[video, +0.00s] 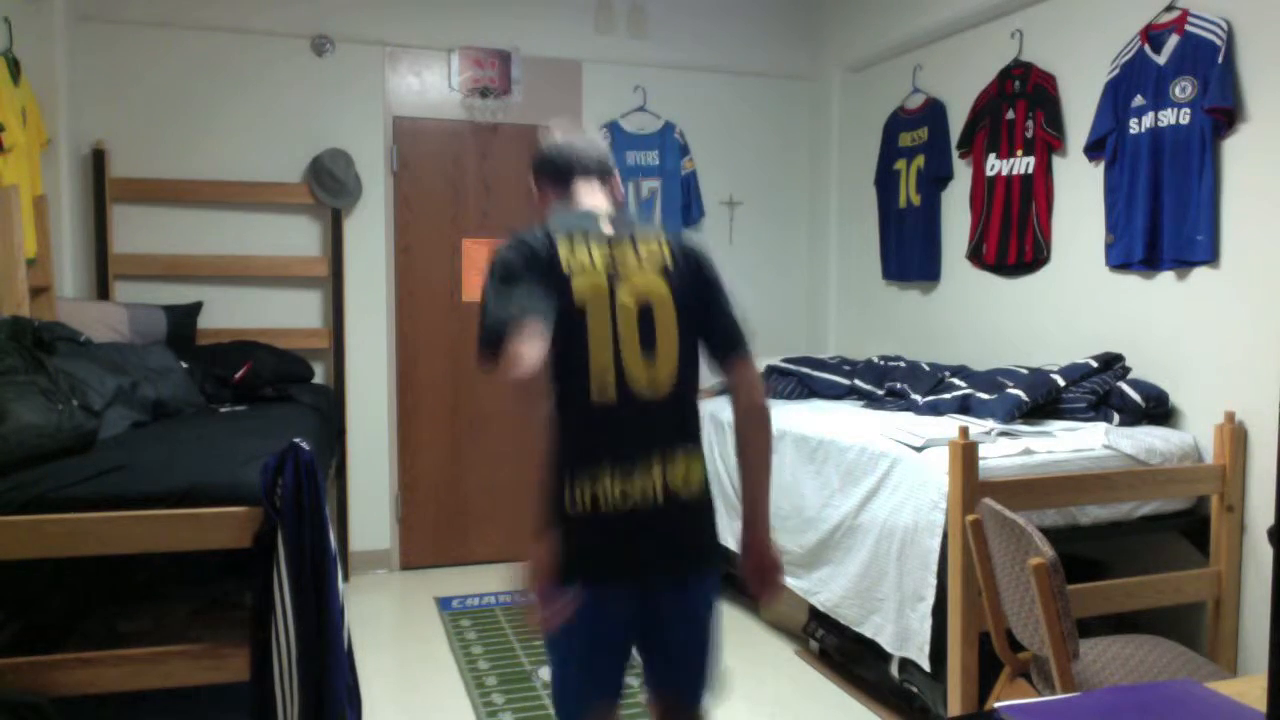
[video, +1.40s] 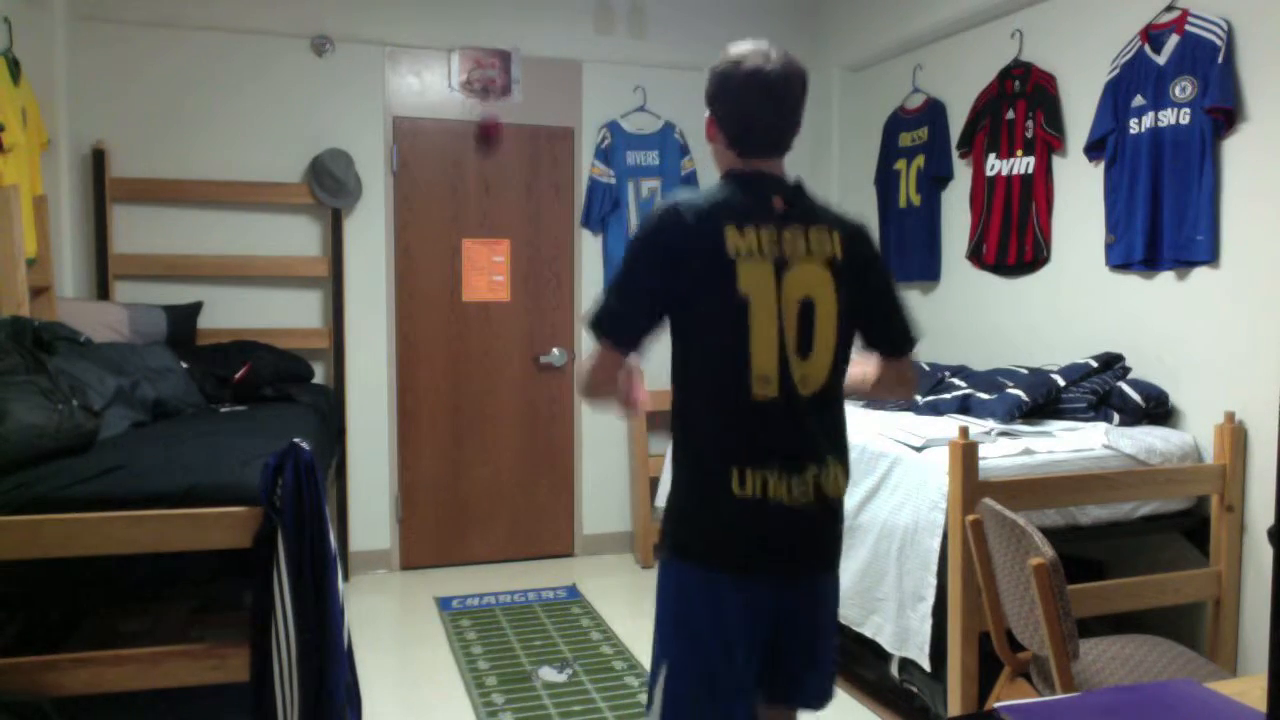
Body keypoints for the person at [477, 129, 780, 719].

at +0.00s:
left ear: (542, 191)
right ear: (615, 187)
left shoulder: (529, 253)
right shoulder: (680, 254)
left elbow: (527, 367)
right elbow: (750, 395)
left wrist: (542, 531)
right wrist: (758, 531)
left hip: (587, 539)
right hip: (682, 533)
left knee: (588, 708)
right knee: (679, 706)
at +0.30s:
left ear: (583, 188)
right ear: (662, 190)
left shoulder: (538, 251)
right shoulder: (716, 251)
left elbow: (462, 388)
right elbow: (775, 398)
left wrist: (514, 420)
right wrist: (793, 551)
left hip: (601, 521)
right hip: (701, 512)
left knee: (610, 702)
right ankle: (589, 670)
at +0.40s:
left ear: (589, 186)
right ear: (668, 186)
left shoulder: (544, 252)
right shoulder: (722, 247)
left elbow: (467, 388)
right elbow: (779, 397)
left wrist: (558, 400)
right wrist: (792, 542)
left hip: (604, 522)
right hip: (705, 512)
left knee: (615, 704)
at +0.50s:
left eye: (600, 162)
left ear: (602, 171)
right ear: (684, 169)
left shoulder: (557, 251)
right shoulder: (737, 250)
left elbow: (487, 394)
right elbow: (791, 397)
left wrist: (568, 377)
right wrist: (787, 519)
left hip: (612, 529)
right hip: (713, 522)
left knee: (624, 706)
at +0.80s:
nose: (636, 140)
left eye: (638, 129)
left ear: (644, 141)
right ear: (722, 136)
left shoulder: (634, 248)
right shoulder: (776, 250)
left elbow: (579, 399)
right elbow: (801, 401)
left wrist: (560, 391)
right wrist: (752, 460)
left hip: (651, 535)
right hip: (743, 532)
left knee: (629, 707)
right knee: (726, 698)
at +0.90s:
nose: (652, 136)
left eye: (652, 124)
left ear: (659, 138)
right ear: (738, 134)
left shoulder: (659, 246)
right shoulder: (790, 247)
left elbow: (650, 409)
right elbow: (797, 401)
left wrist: (578, 395)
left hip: (669, 532)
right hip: (761, 531)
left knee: (640, 705)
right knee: (751, 705)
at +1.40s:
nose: (706, 126)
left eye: (706, 116)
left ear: (713, 128)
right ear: (793, 127)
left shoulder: (680, 228)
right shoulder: (843, 237)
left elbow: (597, 379)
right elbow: (898, 381)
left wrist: (624, 380)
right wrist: (833, 376)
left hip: (715, 526)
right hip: (813, 524)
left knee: (704, 704)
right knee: (780, 703)